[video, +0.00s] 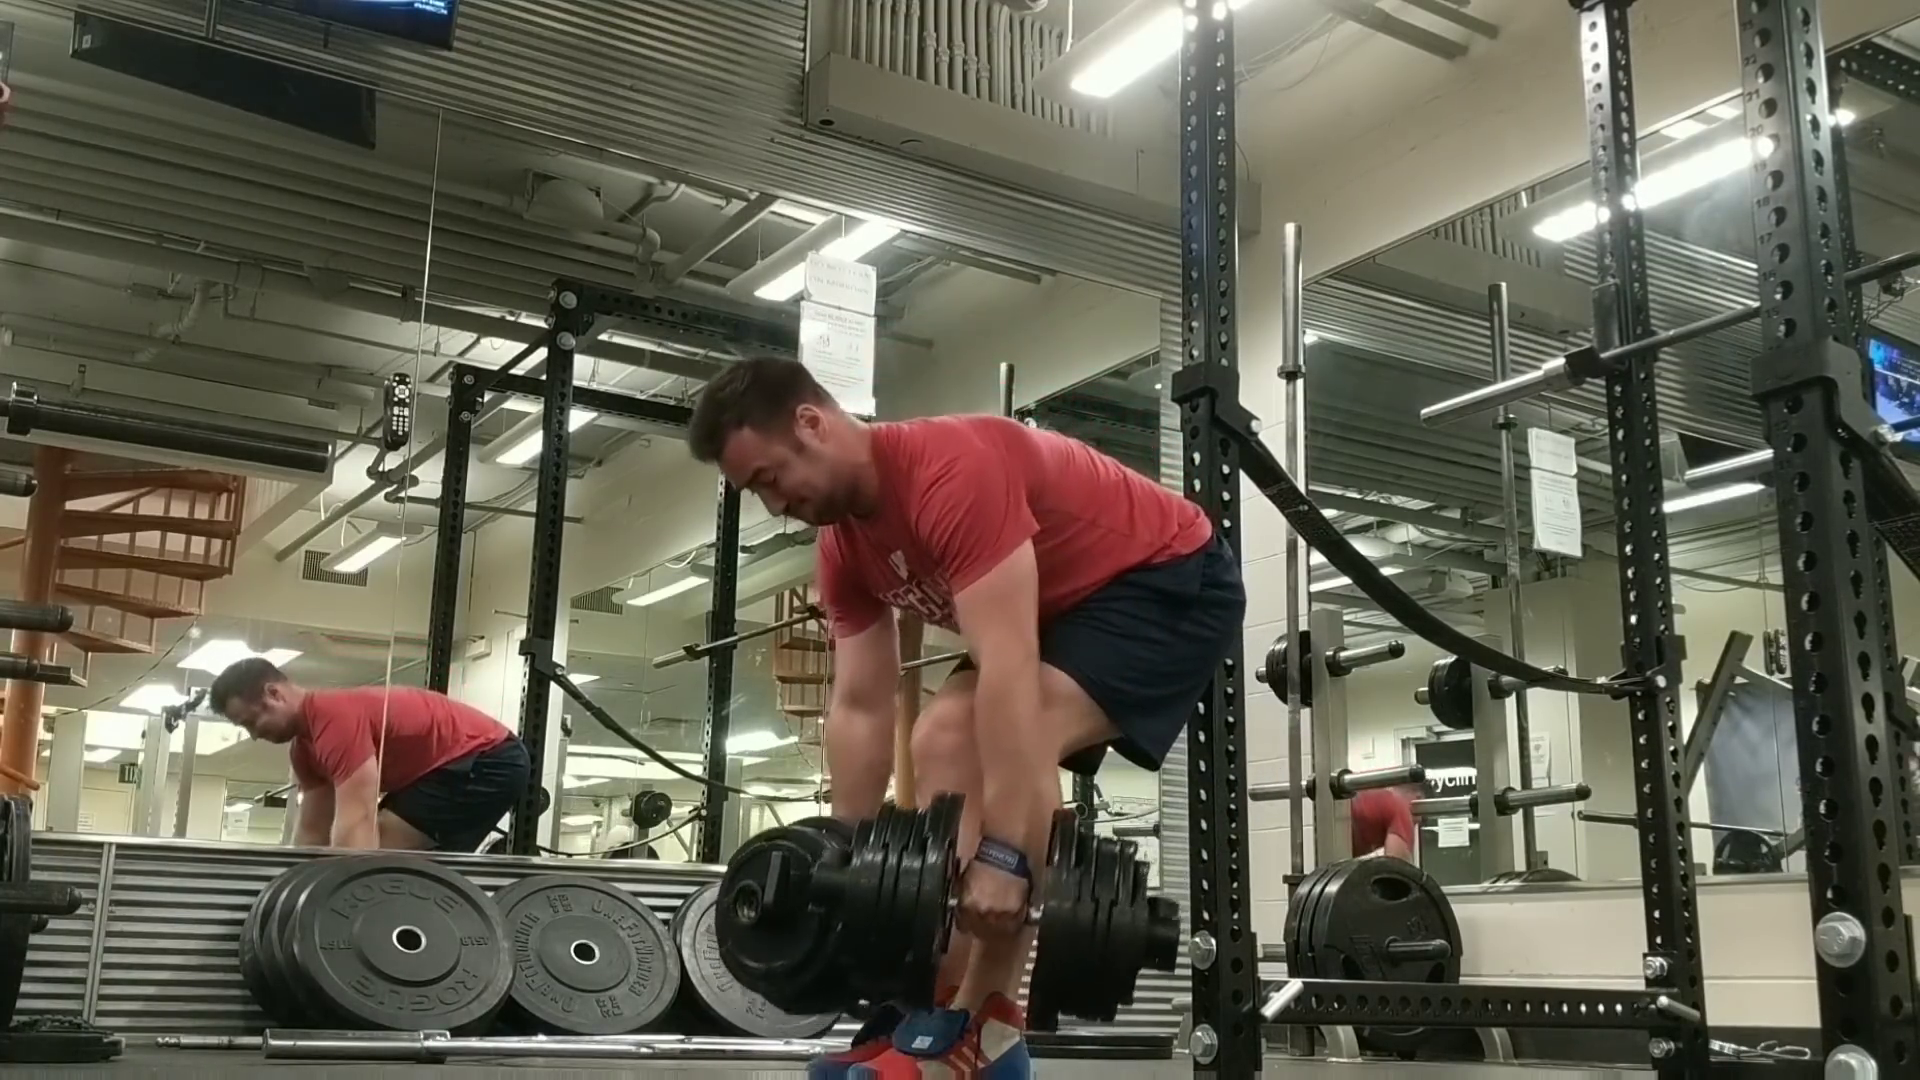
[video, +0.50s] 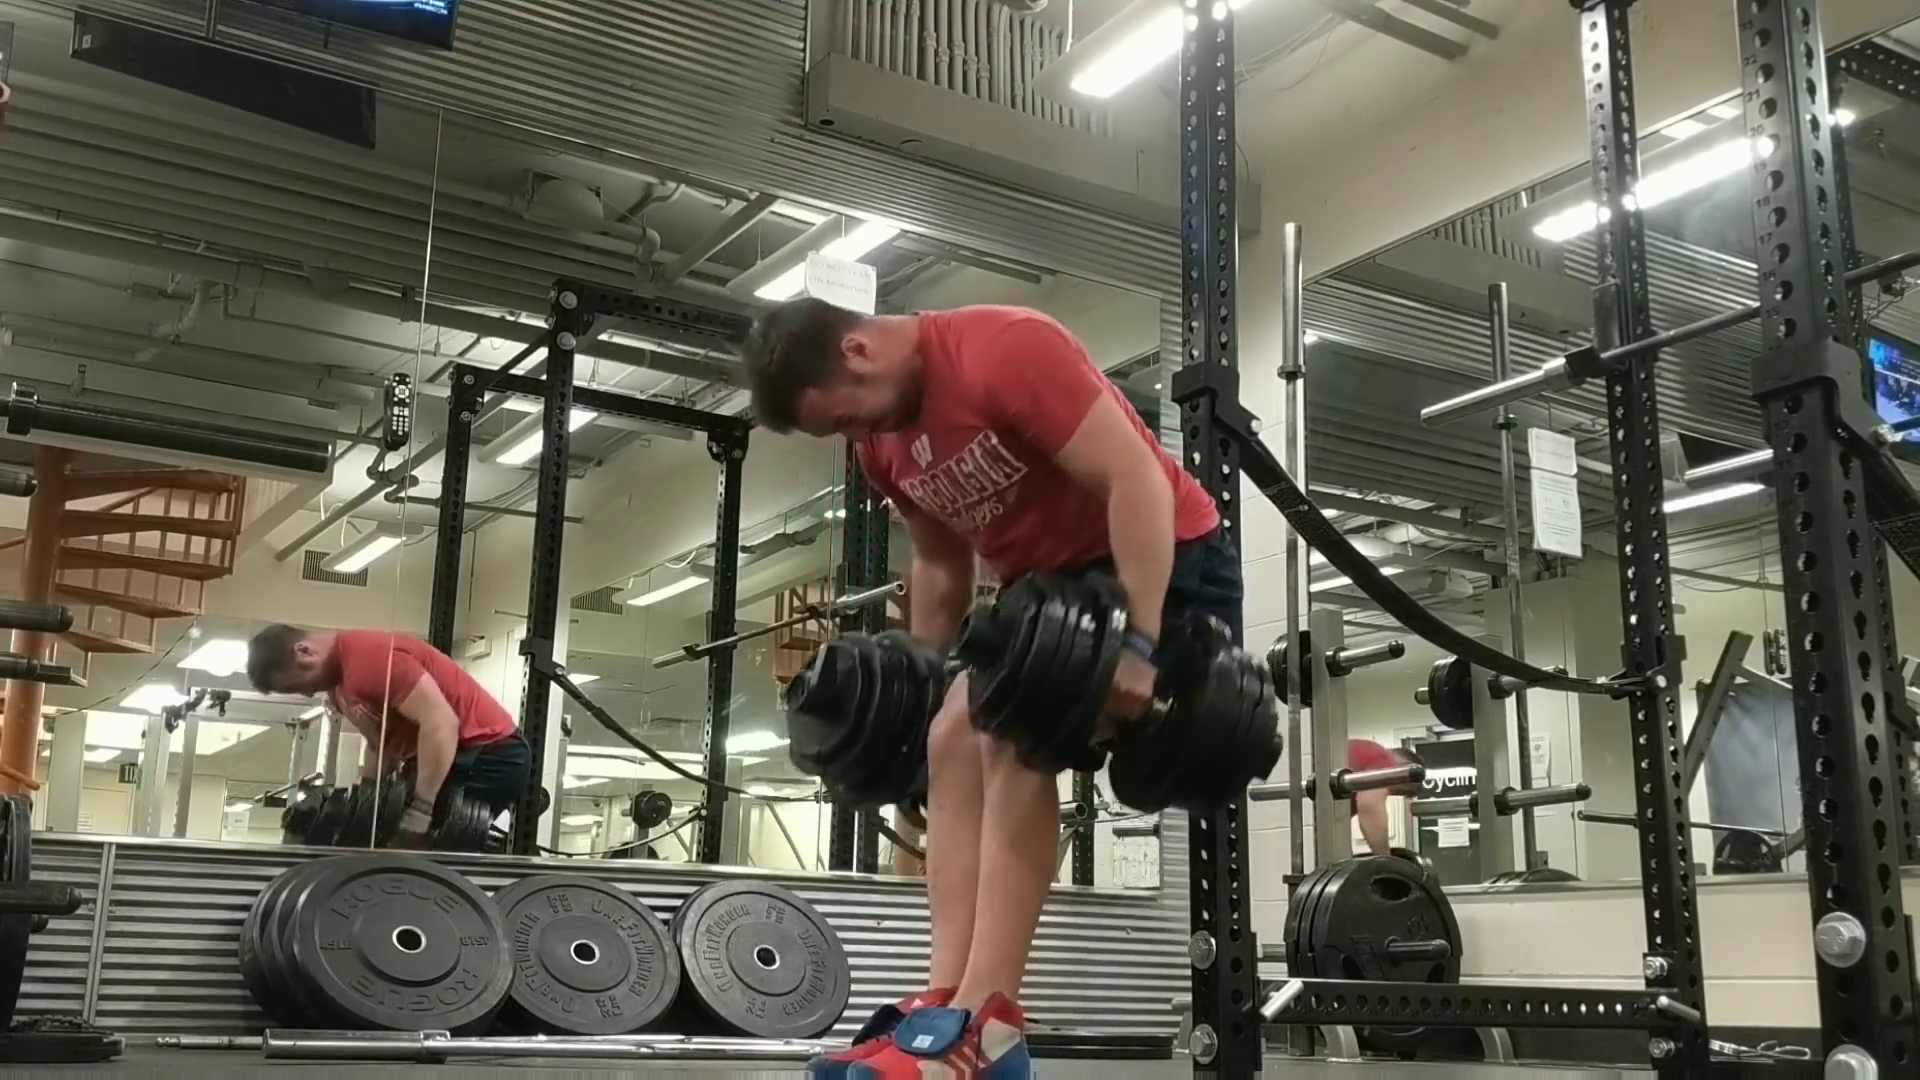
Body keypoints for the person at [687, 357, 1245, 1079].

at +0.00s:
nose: (774, 506)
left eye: (769, 478)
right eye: (756, 492)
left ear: (816, 421)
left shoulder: (957, 474)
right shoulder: (846, 548)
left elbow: (1006, 660)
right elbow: (861, 704)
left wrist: (1006, 850)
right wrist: (843, 863)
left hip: (1168, 579)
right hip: (1069, 604)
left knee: (1011, 743)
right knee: (941, 734)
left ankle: (992, 1025)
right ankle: (935, 1017)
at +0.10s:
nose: (783, 486)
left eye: (779, 459)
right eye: (767, 473)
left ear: (821, 401)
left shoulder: (964, 446)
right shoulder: (851, 528)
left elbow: (1032, 617)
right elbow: (873, 679)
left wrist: (1027, 809)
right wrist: (855, 836)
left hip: (1169, 576)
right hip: (1061, 601)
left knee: (1011, 731)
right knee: (940, 737)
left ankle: (989, 1025)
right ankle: (942, 1004)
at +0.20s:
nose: (797, 461)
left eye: (791, 436)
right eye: (780, 450)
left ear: (831, 377)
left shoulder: (971, 414)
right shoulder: (858, 503)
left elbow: (1057, 583)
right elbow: (883, 646)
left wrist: (1054, 768)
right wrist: (873, 797)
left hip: (1167, 573)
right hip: (1046, 597)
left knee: (1023, 742)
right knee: (950, 732)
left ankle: (990, 1019)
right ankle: (942, 1002)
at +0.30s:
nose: (814, 443)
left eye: (807, 420)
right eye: (797, 435)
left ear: (840, 357)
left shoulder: (985, 387)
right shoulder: (864, 475)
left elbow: (1086, 542)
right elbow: (900, 610)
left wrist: (1085, 719)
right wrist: (888, 754)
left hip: (1162, 567)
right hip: (1039, 592)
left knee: (1025, 761)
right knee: (951, 758)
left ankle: (991, 1017)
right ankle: (942, 1000)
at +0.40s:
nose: (835, 438)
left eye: (826, 417)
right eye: (818, 431)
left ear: (851, 348)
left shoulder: (998, 365)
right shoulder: (873, 457)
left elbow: (1113, 510)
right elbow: (917, 581)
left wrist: (1115, 679)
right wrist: (901, 716)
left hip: (1157, 570)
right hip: (1041, 590)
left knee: (1021, 749)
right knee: (949, 739)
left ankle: (992, 1012)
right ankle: (943, 997)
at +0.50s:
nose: (853, 435)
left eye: (842, 417)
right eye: (837, 430)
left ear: (858, 351)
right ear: (854, 359)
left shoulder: (1003, 349)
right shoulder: (881, 442)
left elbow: (1137, 477)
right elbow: (940, 559)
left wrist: (1140, 642)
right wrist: (913, 691)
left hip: (1158, 565)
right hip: (1051, 586)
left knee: (1018, 735)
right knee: (952, 733)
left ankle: (992, 1018)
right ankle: (942, 1003)